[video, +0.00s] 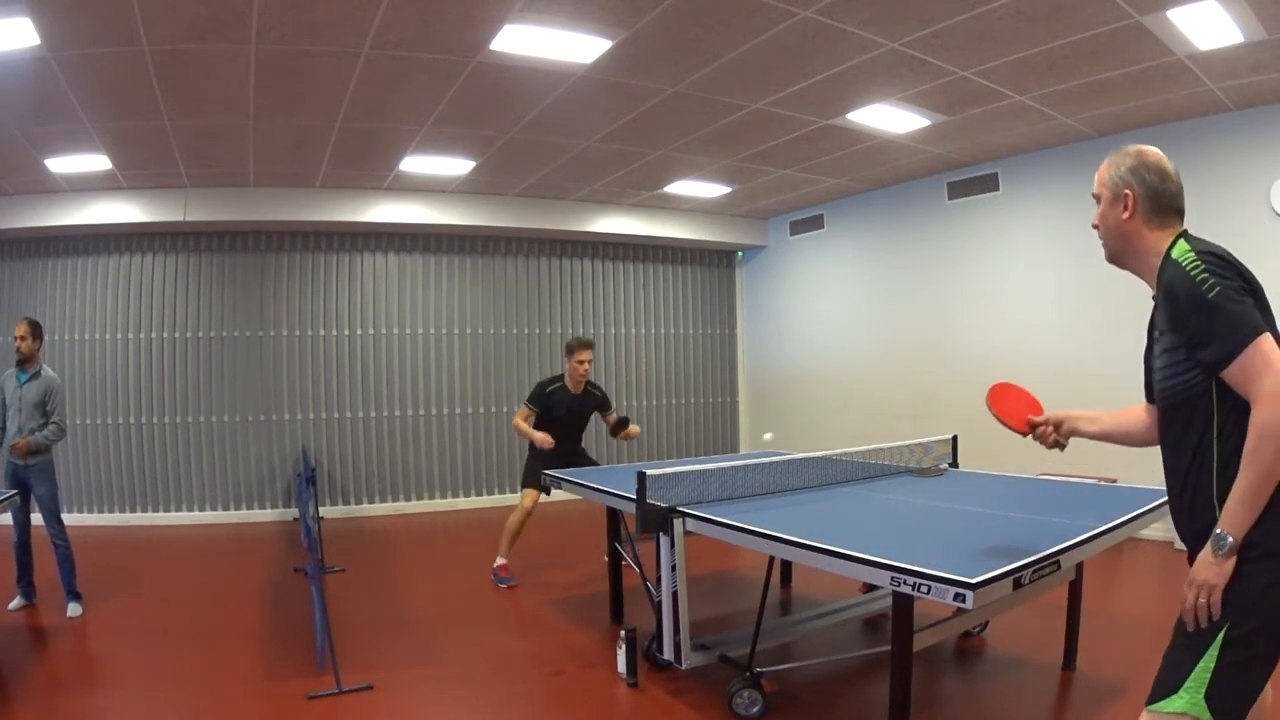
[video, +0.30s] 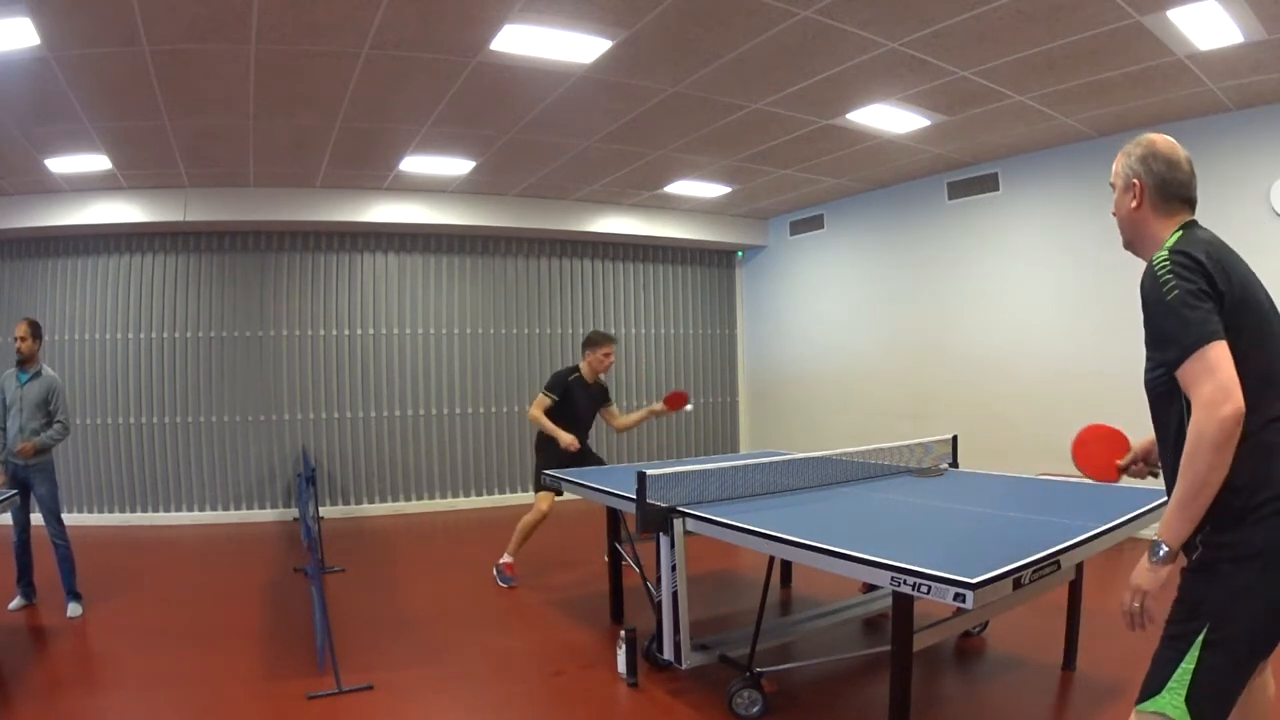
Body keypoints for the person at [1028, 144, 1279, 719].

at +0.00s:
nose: (1093, 220)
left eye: (1097, 203)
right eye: (1093, 204)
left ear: (1126, 206)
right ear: (1133, 207)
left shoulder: (1192, 275)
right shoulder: (1175, 285)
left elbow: (1274, 399)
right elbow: (1170, 420)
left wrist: (1221, 545)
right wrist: (1072, 423)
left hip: (1252, 562)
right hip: (1238, 558)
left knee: (1175, 713)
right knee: (1192, 710)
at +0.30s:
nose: (1111, 207)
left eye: (1113, 191)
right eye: (1112, 192)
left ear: (1134, 194)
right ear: (1180, 192)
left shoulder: (1170, 269)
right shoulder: (1215, 256)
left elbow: (1220, 410)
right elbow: (1250, 391)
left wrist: (1163, 550)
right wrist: (1164, 441)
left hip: (1240, 549)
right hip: (1264, 535)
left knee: (1163, 711)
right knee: (1244, 679)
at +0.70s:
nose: (1130, 245)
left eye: (1137, 227)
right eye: (1131, 229)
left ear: (1171, 232)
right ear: (1172, 233)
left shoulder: (1226, 296)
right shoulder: (1200, 324)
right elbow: (1160, 449)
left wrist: (1227, 542)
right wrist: (1079, 477)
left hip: (1268, 550)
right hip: (1257, 548)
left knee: (1199, 708)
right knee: (1215, 705)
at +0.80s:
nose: (1125, 229)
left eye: (1133, 213)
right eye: (1126, 214)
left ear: (1170, 219)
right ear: (1167, 222)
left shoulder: (1231, 284)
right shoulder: (1182, 324)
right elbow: (1118, 418)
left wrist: (1254, 536)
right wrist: (1027, 428)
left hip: (1270, 549)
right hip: (1252, 550)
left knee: (1206, 709)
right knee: (1229, 706)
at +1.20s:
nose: (1116, 226)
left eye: (1123, 207)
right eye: (1118, 208)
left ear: (1153, 212)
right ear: (1161, 212)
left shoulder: (1199, 286)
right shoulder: (1219, 275)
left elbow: (1266, 417)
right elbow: (1226, 428)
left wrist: (1214, 564)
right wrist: (1138, 465)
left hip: (1259, 567)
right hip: (1261, 560)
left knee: (1184, 711)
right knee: (1208, 707)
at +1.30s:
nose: (1122, 256)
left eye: (1126, 238)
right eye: (1122, 239)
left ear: (1156, 240)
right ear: (1171, 239)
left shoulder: (1204, 315)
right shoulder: (1225, 298)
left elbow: (1267, 443)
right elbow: (1235, 450)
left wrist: (1205, 574)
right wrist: (1159, 514)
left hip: (1264, 573)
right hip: (1263, 566)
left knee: (1180, 712)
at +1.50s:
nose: (1118, 273)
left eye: (1126, 255)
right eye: (1120, 257)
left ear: (1163, 257)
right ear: (1161, 260)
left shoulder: (1231, 329)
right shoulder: (1191, 359)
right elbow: (1177, 496)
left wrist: (1225, 586)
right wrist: (1106, 560)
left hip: (1275, 583)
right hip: (1259, 580)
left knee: (1188, 713)